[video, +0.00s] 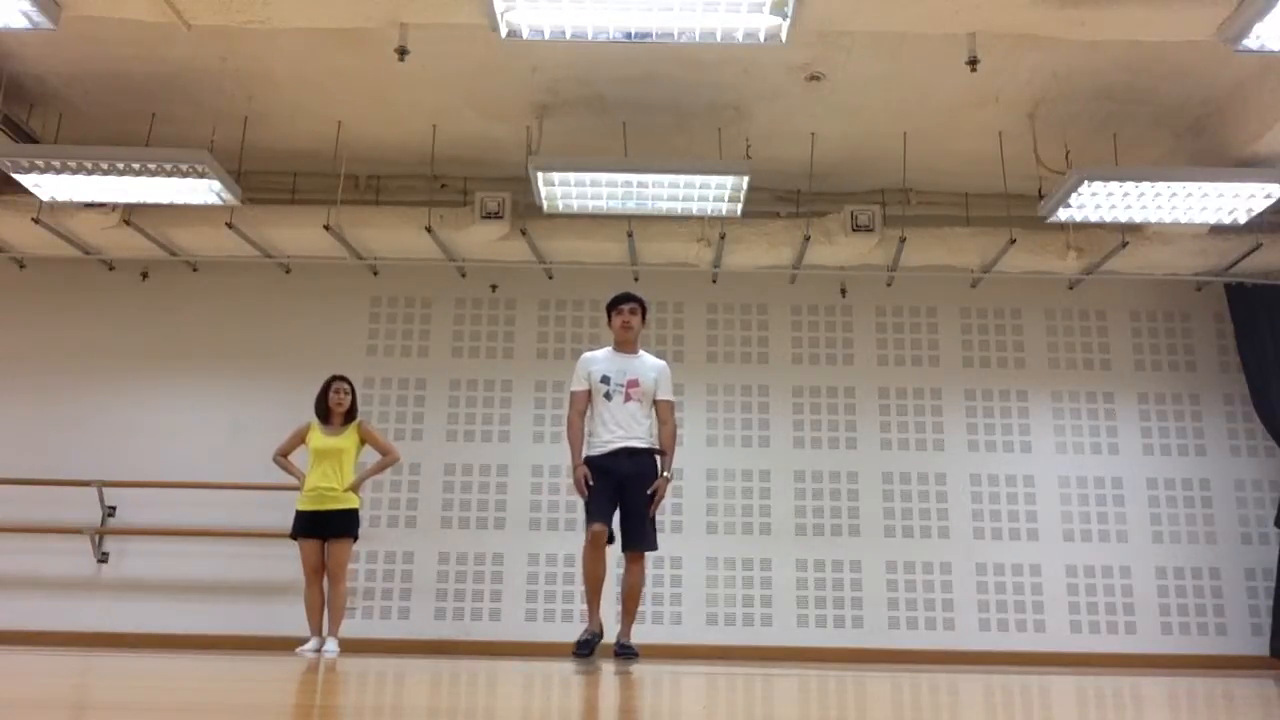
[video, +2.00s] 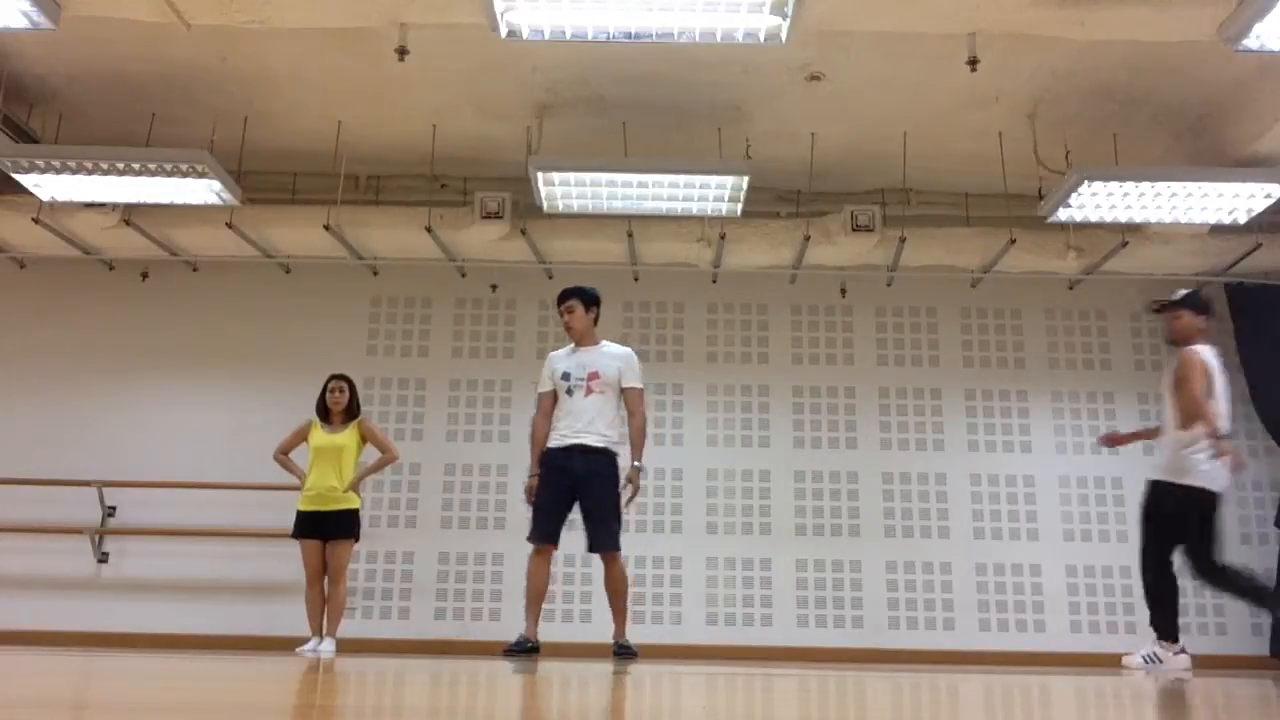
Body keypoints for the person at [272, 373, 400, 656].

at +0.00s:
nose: (341, 396)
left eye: (346, 393)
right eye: (335, 392)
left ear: (352, 399)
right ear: (325, 396)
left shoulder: (358, 428)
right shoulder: (311, 428)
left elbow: (393, 455)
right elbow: (278, 455)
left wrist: (360, 479)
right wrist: (301, 476)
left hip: (342, 506)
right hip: (310, 505)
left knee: (336, 575)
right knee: (312, 575)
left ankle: (333, 638)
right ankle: (315, 637)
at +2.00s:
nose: (336, 395)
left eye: (341, 391)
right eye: (331, 391)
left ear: (350, 396)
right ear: (324, 396)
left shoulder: (360, 426)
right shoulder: (312, 426)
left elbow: (392, 454)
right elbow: (279, 454)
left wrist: (359, 477)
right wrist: (301, 475)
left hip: (343, 506)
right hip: (310, 506)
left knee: (337, 577)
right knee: (313, 578)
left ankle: (330, 638)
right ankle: (315, 637)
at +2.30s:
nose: (336, 396)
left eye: (342, 392)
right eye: (332, 392)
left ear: (352, 397)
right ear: (325, 397)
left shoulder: (361, 427)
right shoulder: (313, 427)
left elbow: (391, 451)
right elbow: (280, 454)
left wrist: (357, 446)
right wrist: (302, 472)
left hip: (343, 507)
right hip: (310, 506)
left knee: (335, 577)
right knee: (309, 578)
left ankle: (329, 638)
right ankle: (313, 637)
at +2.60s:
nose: (338, 396)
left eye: (343, 392)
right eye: (333, 391)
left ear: (351, 398)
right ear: (325, 396)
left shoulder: (358, 427)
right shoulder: (313, 426)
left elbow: (375, 431)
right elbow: (281, 453)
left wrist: (362, 404)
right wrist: (302, 472)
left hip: (343, 506)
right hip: (310, 505)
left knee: (334, 577)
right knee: (309, 576)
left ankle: (328, 638)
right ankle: (308, 636)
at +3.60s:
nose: (337, 397)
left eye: (342, 393)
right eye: (332, 392)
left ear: (349, 398)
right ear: (322, 396)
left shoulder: (356, 431)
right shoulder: (308, 429)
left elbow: (371, 469)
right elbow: (273, 459)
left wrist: (362, 437)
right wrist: (279, 491)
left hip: (340, 507)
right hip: (307, 506)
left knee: (330, 575)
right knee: (308, 575)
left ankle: (325, 637)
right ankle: (308, 636)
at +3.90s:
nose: (336, 396)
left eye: (342, 391)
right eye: (332, 391)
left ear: (350, 397)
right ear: (323, 396)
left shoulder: (360, 428)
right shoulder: (308, 431)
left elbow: (370, 466)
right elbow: (297, 471)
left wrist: (338, 474)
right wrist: (299, 503)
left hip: (341, 509)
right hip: (309, 509)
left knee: (334, 574)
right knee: (308, 575)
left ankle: (328, 637)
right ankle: (309, 636)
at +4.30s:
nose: (337, 396)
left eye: (342, 392)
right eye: (332, 392)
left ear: (351, 398)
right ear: (324, 397)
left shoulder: (362, 430)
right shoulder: (310, 433)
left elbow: (374, 470)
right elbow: (301, 475)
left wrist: (365, 503)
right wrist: (290, 509)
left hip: (343, 508)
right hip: (309, 508)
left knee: (335, 577)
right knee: (310, 577)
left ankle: (328, 637)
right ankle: (310, 636)